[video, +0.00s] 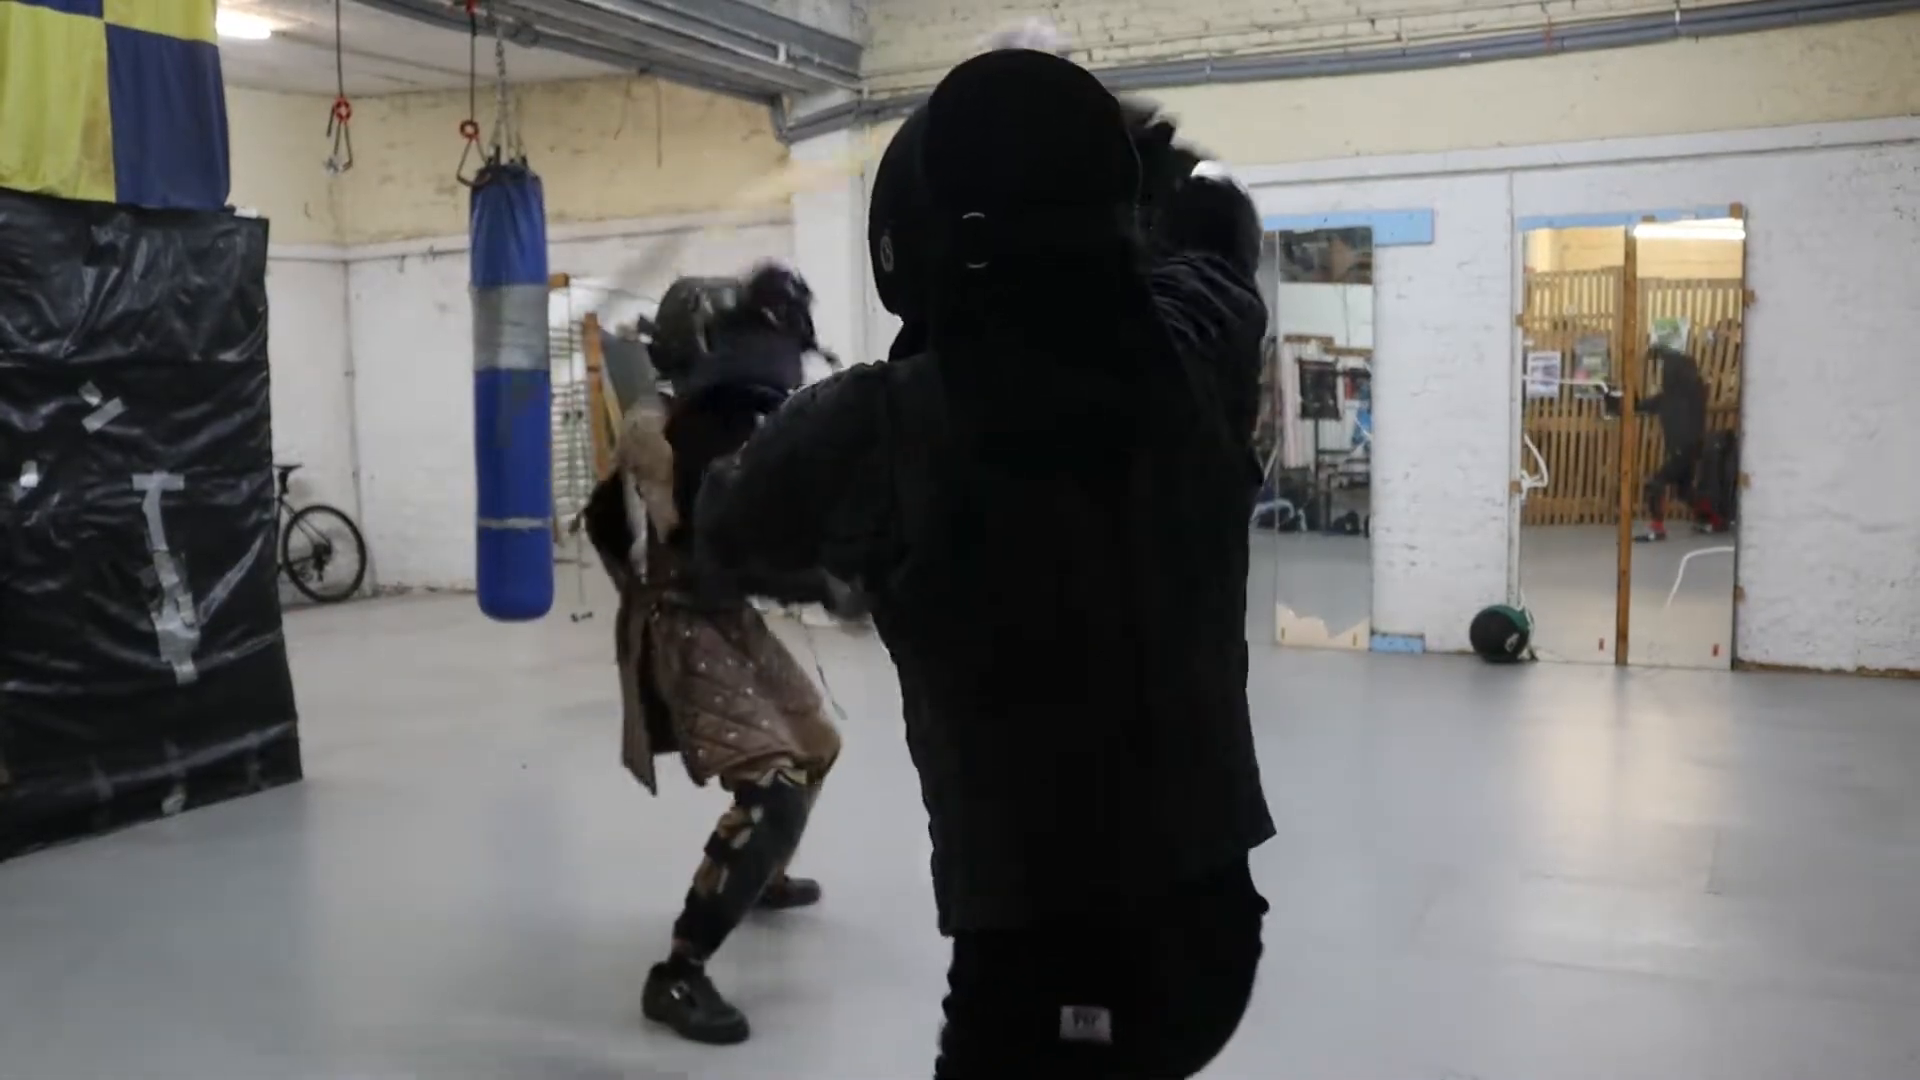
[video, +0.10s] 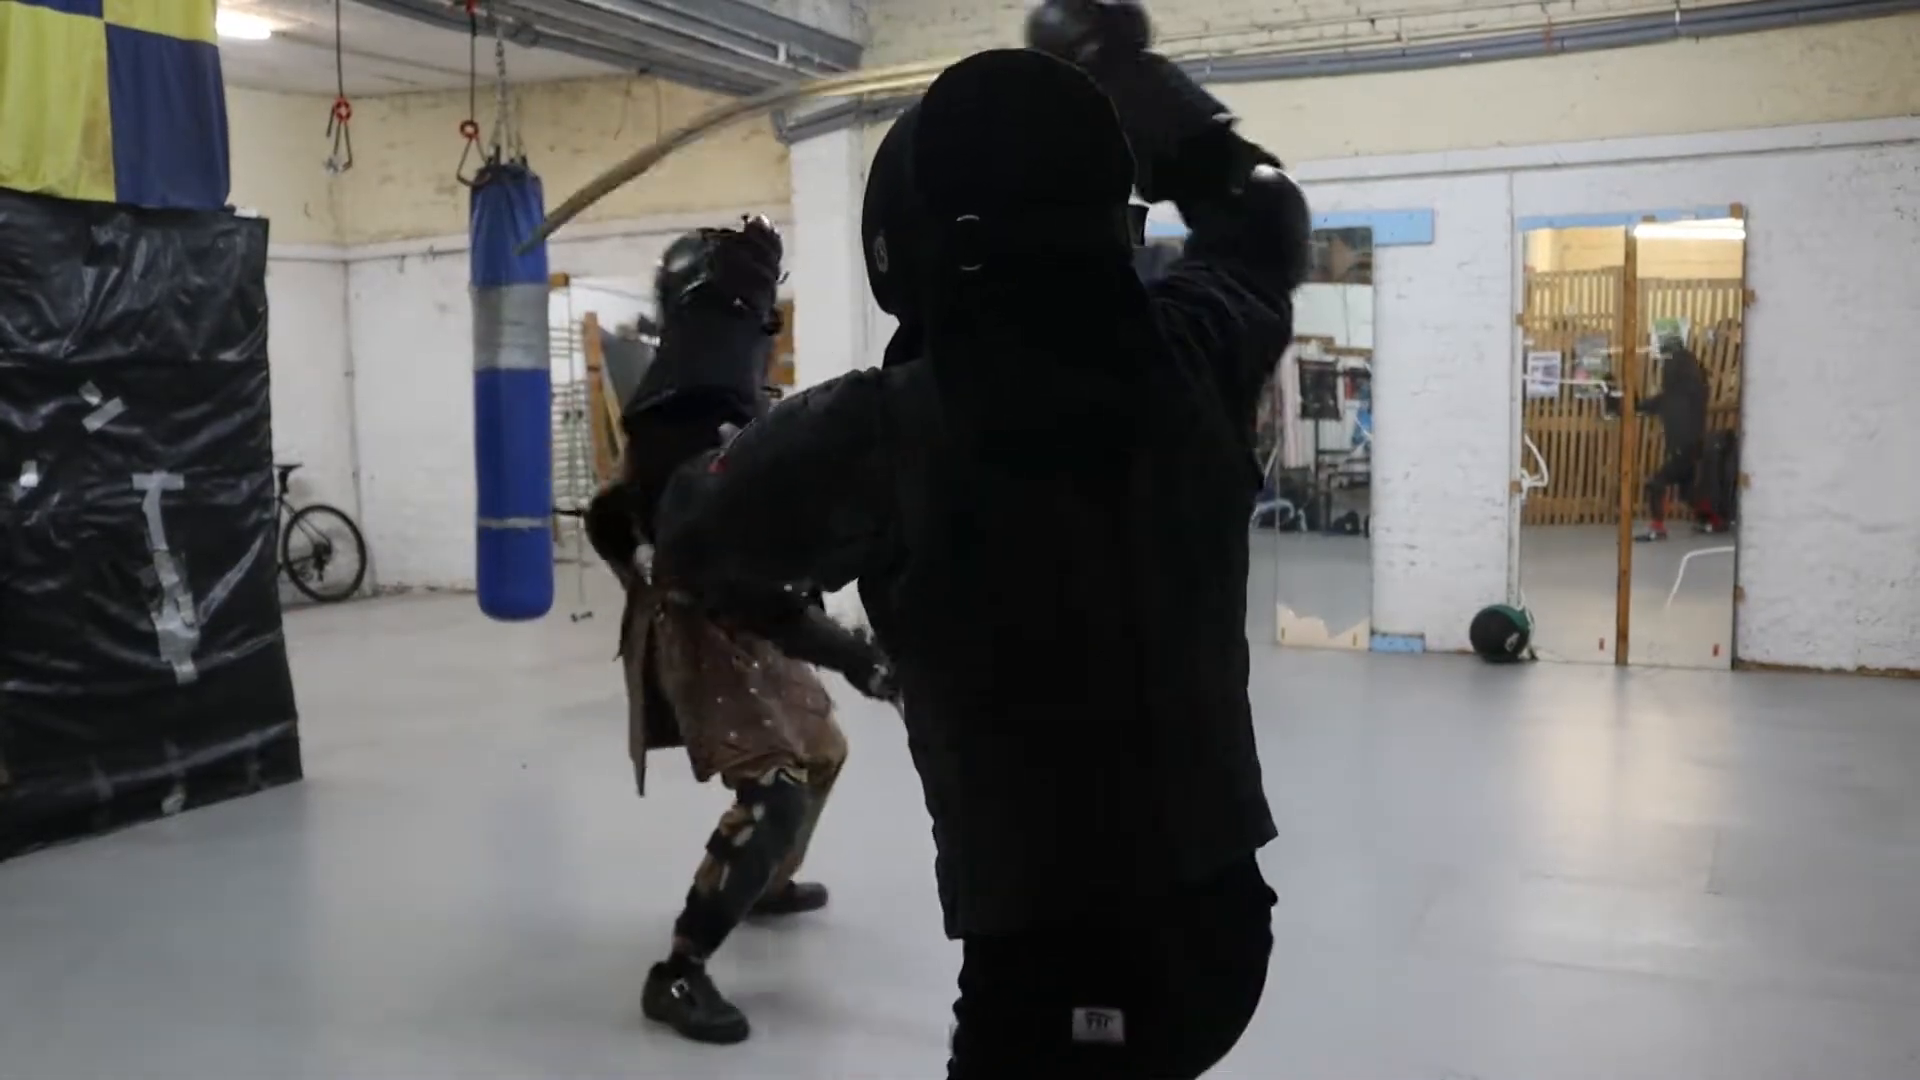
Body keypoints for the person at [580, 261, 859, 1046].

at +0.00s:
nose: (784, 371)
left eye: (782, 356)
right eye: (771, 355)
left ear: (685, 353)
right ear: (737, 351)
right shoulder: (727, 430)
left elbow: (602, 516)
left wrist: (637, 585)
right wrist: (828, 579)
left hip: (721, 612)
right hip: (686, 624)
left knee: (813, 745)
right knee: (774, 785)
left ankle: (756, 876)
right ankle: (682, 969)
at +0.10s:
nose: (772, 333)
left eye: (771, 320)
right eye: (763, 320)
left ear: (700, 312)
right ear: (734, 319)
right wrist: (854, 653)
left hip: (746, 608)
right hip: (701, 616)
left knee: (821, 752)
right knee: (778, 789)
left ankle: (765, 883)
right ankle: (681, 969)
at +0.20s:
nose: (776, 343)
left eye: (770, 333)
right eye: (764, 334)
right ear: (729, 341)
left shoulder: (741, 410)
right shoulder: (675, 420)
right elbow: (699, 569)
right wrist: (818, 645)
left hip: (759, 618)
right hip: (700, 625)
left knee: (826, 757)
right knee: (781, 791)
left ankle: (768, 883)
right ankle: (684, 967)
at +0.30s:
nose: (782, 374)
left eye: (785, 356)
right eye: (767, 356)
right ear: (725, 357)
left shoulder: (761, 443)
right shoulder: (701, 456)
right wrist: (826, 664)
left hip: (776, 642)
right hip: (707, 652)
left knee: (817, 766)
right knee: (773, 781)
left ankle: (770, 879)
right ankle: (724, 960)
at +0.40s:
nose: (769, 350)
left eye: (782, 331)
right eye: (752, 331)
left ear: (796, 327)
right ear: (714, 328)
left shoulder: (801, 401)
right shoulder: (677, 418)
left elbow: (835, 491)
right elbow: (679, 549)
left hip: (790, 610)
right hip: (711, 620)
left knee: (791, 763)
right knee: (783, 788)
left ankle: (760, 870)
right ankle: (727, 960)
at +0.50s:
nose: (765, 344)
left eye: (778, 326)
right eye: (748, 327)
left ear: (796, 315)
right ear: (710, 312)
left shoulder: (817, 381)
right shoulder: (670, 382)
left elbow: (848, 480)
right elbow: (634, 515)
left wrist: (836, 537)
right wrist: (725, 544)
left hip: (807, 596)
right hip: (727, 609)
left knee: (813, 767)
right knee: (813, 782)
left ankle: (734, 876)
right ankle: (732, 951)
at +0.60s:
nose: (776, 338)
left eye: (789, 320)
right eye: (761, 321)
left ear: (807, 317)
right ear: (725, 313)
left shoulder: (822, 380)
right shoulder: (685, 377)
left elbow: (867, 461)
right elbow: (638, 466)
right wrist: (623, 536)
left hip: (812, 599)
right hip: (738, 609)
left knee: (811, 784)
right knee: (835, 800)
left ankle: (719, 917)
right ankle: (770, 992)